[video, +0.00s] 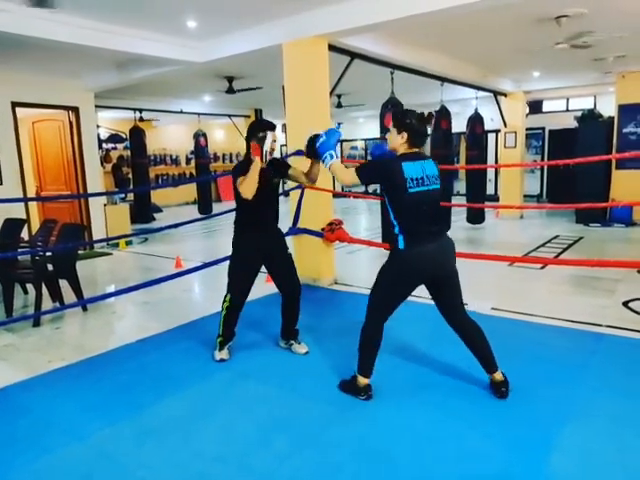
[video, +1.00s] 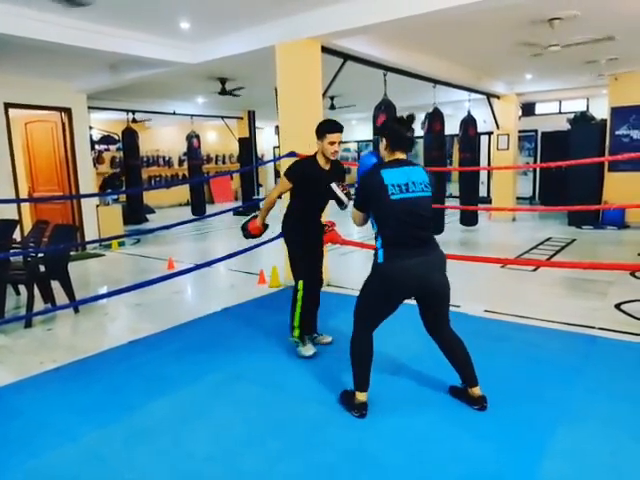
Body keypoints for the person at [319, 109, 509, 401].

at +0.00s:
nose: (387, 138)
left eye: (391, 133)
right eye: (388, 133)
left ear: (404, 137)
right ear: (416, 138)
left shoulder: (389, 165)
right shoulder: (431, 164)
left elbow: (346, 177)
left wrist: (329, 155)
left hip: (408, 258)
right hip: (442, 252)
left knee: (375, 315)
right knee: (457, 315)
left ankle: (362, 381)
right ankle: (497, 376)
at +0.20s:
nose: (379, 133)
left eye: (383, 128)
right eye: (381, 128)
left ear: (396, 133)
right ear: (399, 134)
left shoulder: (404, 173)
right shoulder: (387, 158)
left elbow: (377, 212)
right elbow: (346, 150)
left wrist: (353, 184)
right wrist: (312, 132)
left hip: (400, 258)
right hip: (426, 251)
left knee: (371, 318)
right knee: (440, 319)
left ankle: (360, 382)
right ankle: (478, 383)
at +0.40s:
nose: (389, 142)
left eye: (392, 136)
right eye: (389, 137)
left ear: (407, 138)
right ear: (413, 139)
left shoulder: (409, 175)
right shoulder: (428, 169)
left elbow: (387, 219)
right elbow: (399, 211)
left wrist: (370, 186)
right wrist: (380, 176)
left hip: (411, 263)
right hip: (438, 257)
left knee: (374, 317)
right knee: (438, 321)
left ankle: (359, 383)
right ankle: (474, 386)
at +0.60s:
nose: (399, 139)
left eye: (402, 133)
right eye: (400, 133)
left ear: (415, 134)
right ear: (425, 134)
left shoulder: (410, 169)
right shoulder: (443, 162)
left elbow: (391, 215)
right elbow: (430, 205)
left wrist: (383, 195)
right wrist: (395, 195)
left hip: (425, 261)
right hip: (458, 256)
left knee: (390, 322)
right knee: (452, 322)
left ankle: (367, 384)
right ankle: (477, 389)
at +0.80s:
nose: (400, 141)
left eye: (402, 136)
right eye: (401, 136)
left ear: (412, 135)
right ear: (430, 135)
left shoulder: (403, 171)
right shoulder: (448, 165)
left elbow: (387, 217)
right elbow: (445, 204)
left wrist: (387, 195)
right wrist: (400, 196)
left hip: (421, 262)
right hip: (456, 258)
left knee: (383, 321)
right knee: (452, 322)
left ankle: (379, 395)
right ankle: (479, 391)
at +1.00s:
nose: (378, 147)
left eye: (379, 143)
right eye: (380, 142)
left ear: (385, 145)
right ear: (407, 145)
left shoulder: (372, 176)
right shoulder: (422, 173)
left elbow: (358, 219)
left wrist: (369, 193)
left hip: (394, 270)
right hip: (432, 266)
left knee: (363, 327)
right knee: (441, 328)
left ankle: (360, 397)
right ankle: (475, 390)